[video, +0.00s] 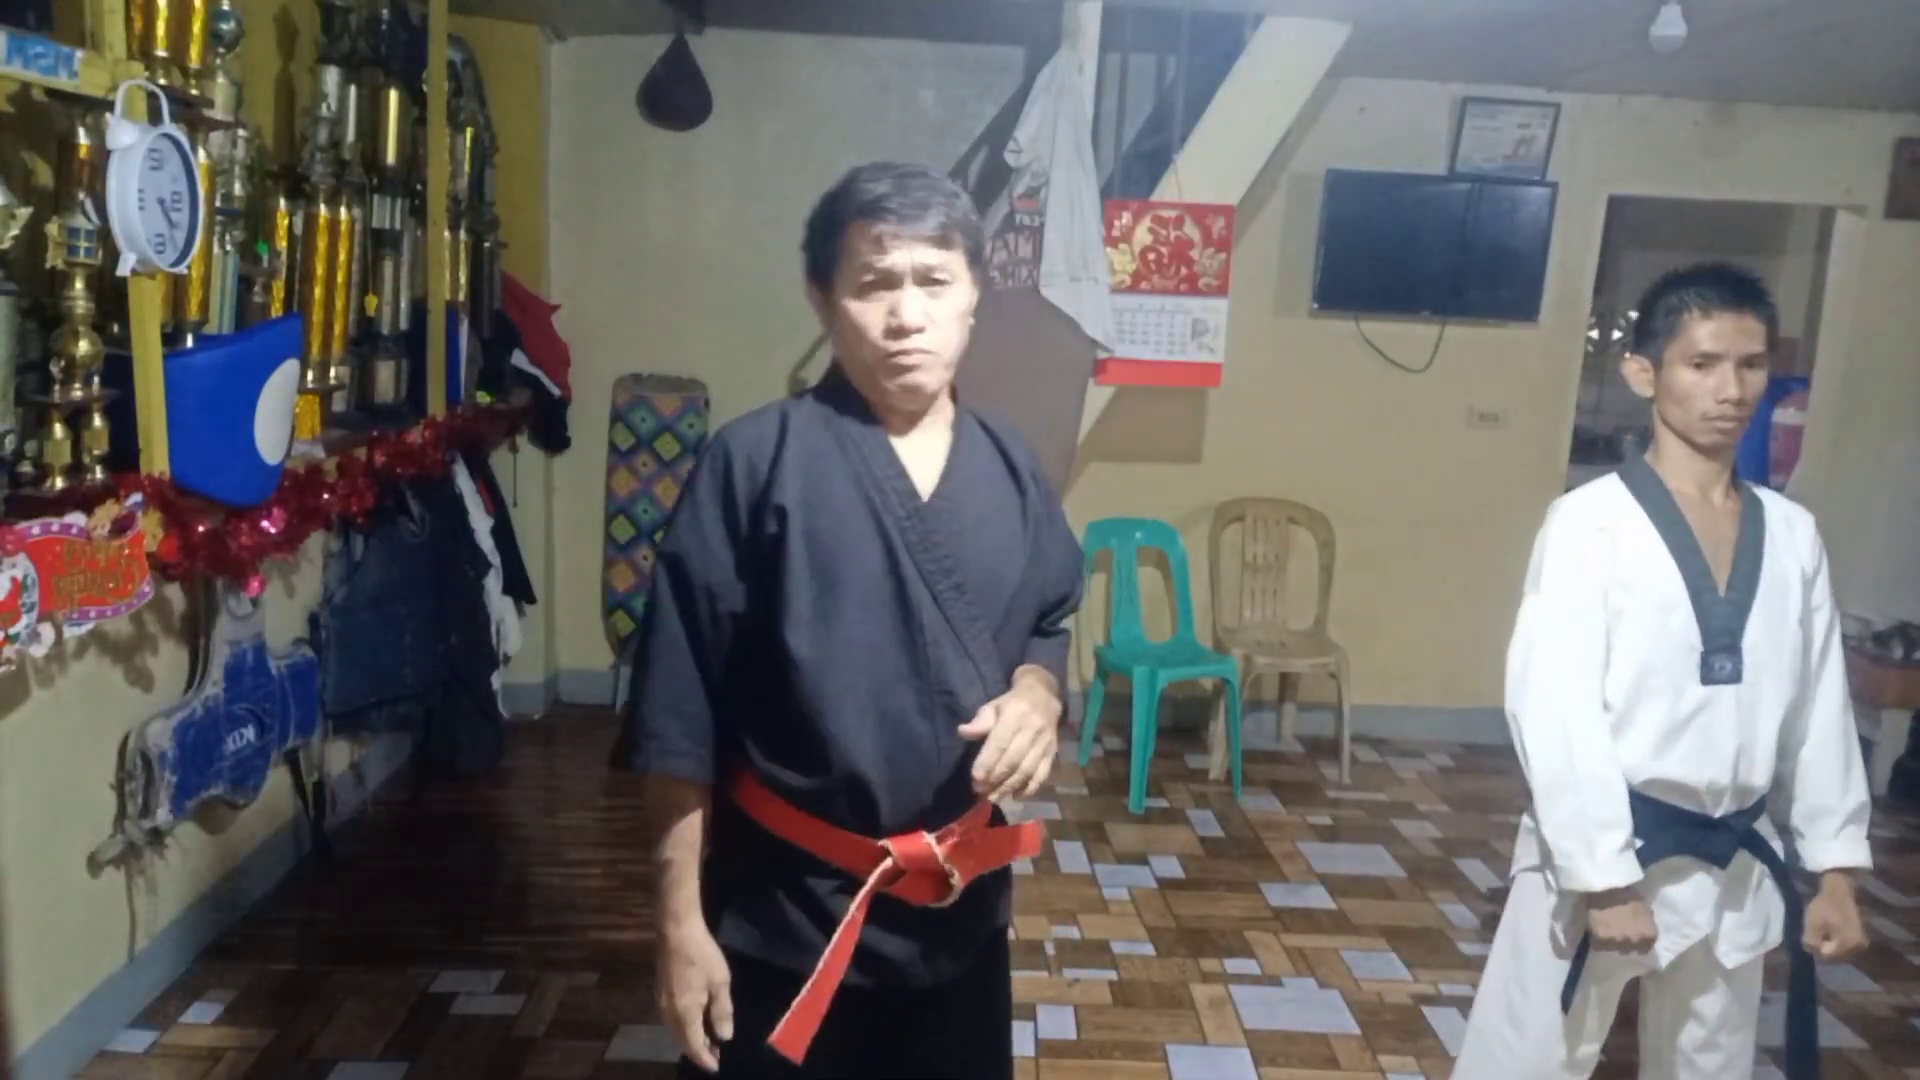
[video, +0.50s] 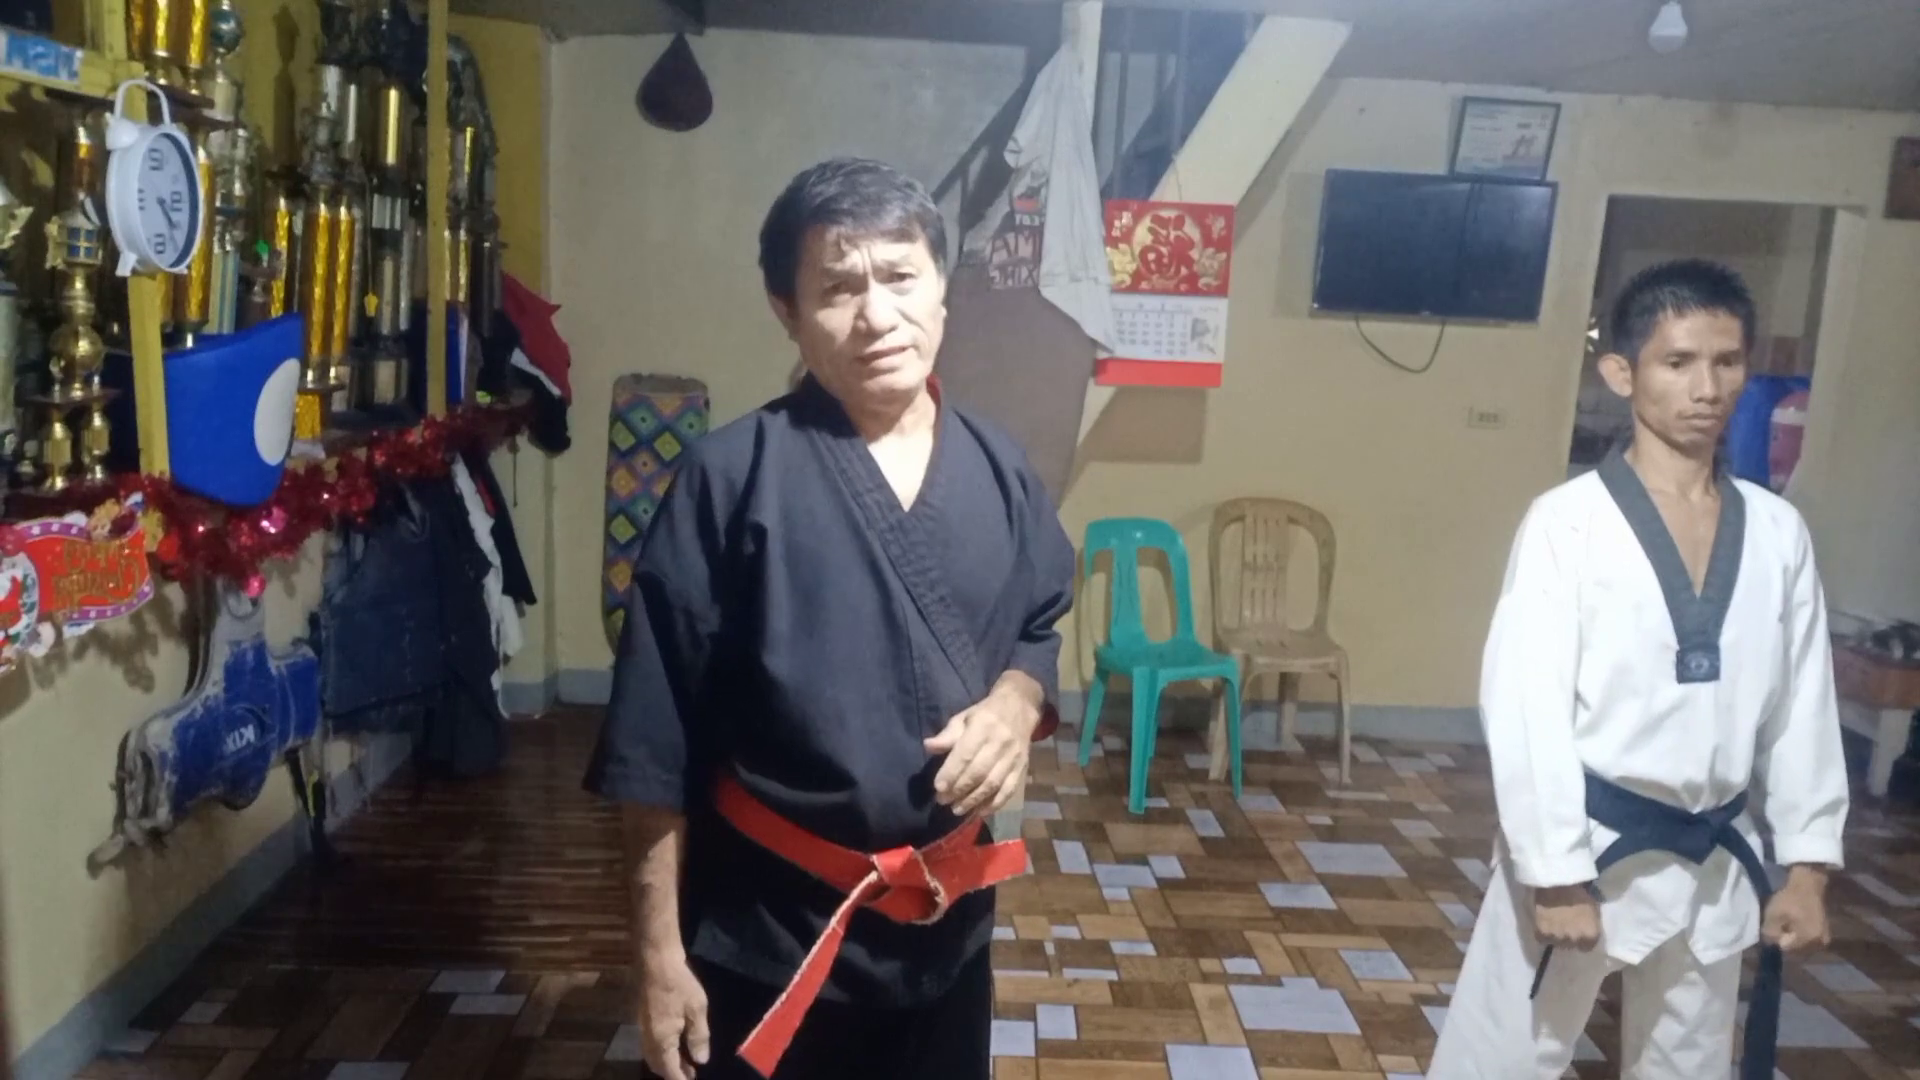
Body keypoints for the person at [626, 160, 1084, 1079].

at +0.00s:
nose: (907, 313)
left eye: (934, 282)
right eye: (876, 284)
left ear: (976, 296)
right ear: (824, 303)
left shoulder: (1005, 463)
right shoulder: (752, 464)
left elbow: (1048, 622)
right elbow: (677, 699)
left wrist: (1040, 694)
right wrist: (679, 919)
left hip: (961, 915)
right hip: (790, 918)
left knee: (962, 1067)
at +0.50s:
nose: (877, 313)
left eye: (900, 278)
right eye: (840, 289)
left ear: (943, 289)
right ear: (788, 316)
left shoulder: (995, 465)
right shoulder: (726, 478)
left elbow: (1038, 624)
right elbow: (653, 726)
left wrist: (1014, 708)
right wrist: (659, 954)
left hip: (947, 923)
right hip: (772, 933)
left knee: (944, 1069)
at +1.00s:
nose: (899, 303)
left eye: (924, 273)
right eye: (864, 276)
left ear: (962, 293)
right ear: (811, 303)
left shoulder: (1004, 474)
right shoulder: (732, 469)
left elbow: (1039, 644)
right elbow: (648, 682)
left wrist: (1020, 785)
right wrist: (759, 826)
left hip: (951, 926)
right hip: (771, 926)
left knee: (951, 1071)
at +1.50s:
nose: (887, 302)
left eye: (912, 271)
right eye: (853, 277)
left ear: (953, 291)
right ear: (805, 309)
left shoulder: (1000, 470)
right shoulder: (740, 464)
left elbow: (1032, 658)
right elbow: (668, 693)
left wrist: (1014, 814)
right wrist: (802, 840)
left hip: (953, 931)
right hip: (776, 931)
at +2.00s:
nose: (897, 310)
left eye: (920, 277)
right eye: (861, 286)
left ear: (961, 292)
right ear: (815, 315)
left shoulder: (1009, 465)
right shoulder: (752, 465)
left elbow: (1043, 656)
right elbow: (686, 689)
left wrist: (1021, 813)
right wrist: (799, 851)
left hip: (960, 926)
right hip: (789, 931)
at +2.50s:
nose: (897, 321)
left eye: (921, 286)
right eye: (862, 294)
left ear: (961, 296)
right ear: (816, 314)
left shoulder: (1010, 465)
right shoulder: (751, 464)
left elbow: (1077, 627)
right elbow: (679, 692)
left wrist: (1040, 662)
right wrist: (786, 853)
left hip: (956, 908)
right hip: (780, 907)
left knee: (956, 1071)